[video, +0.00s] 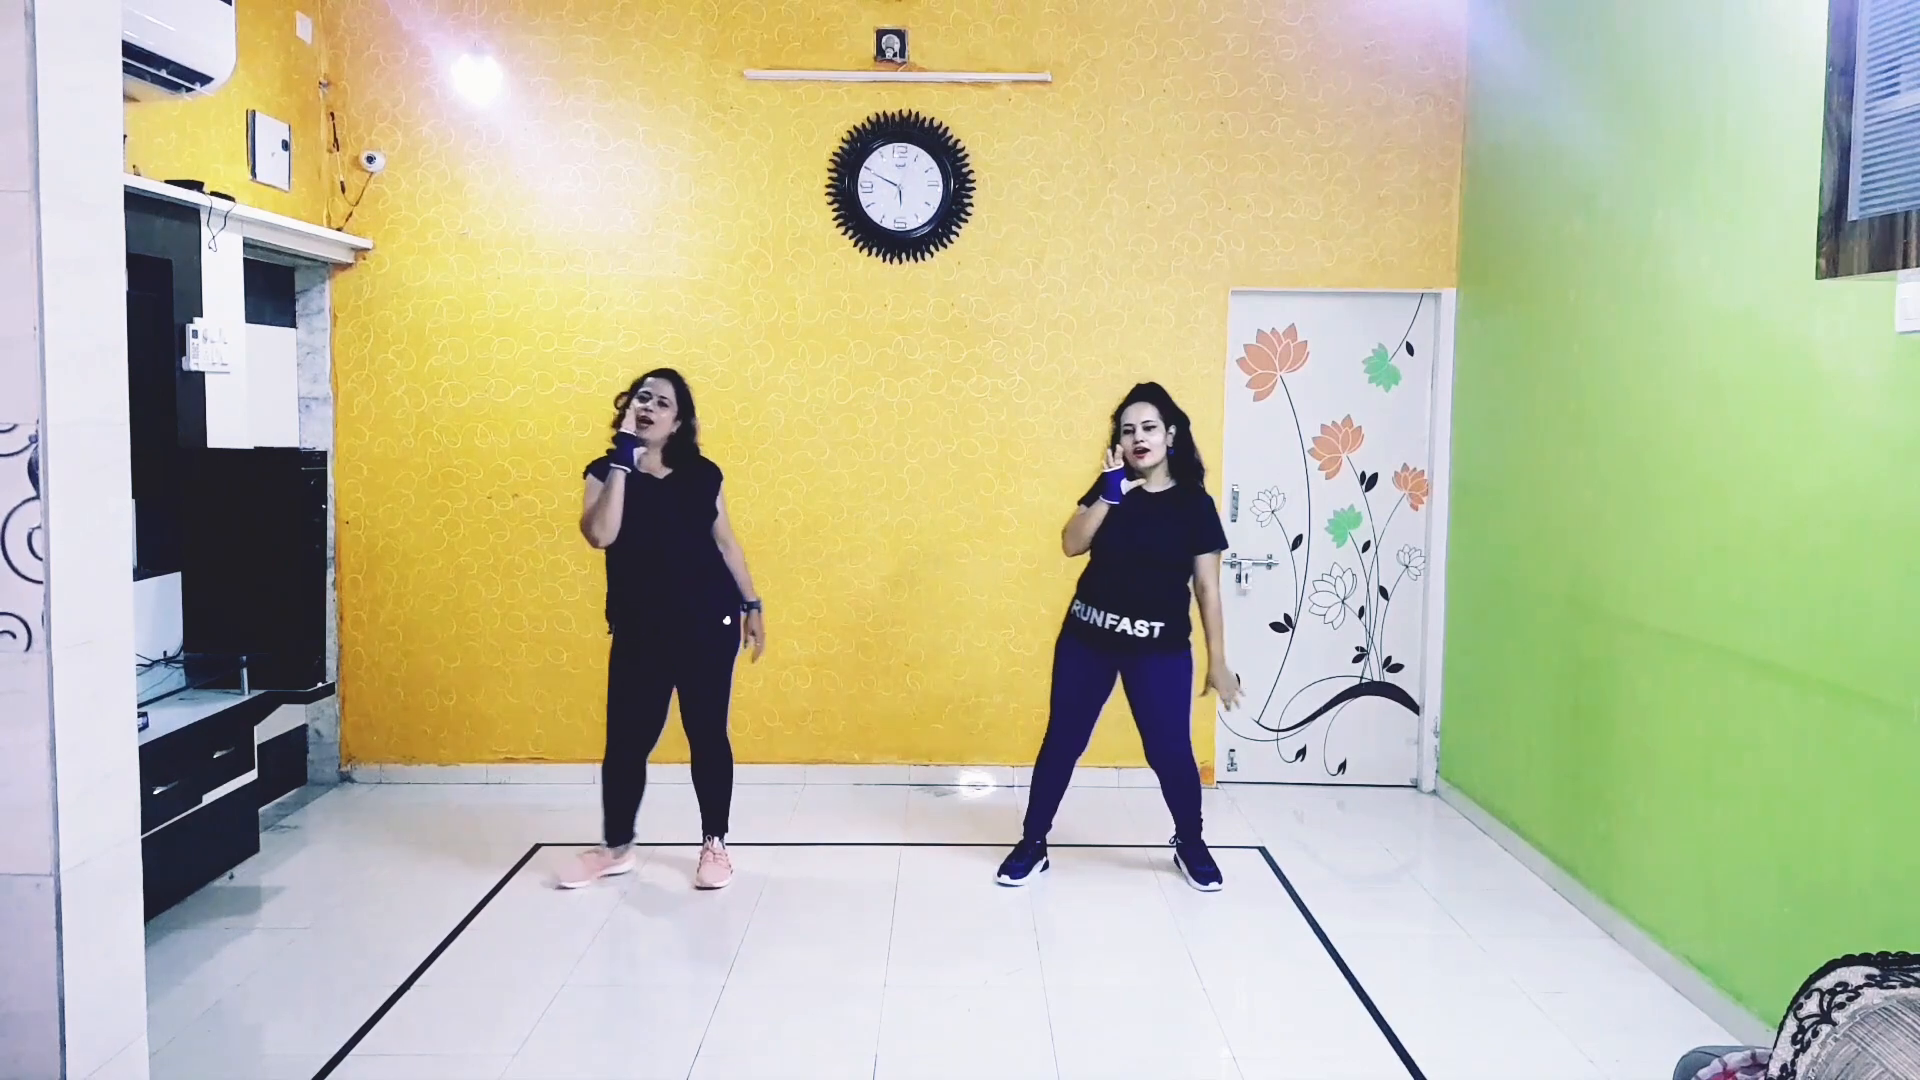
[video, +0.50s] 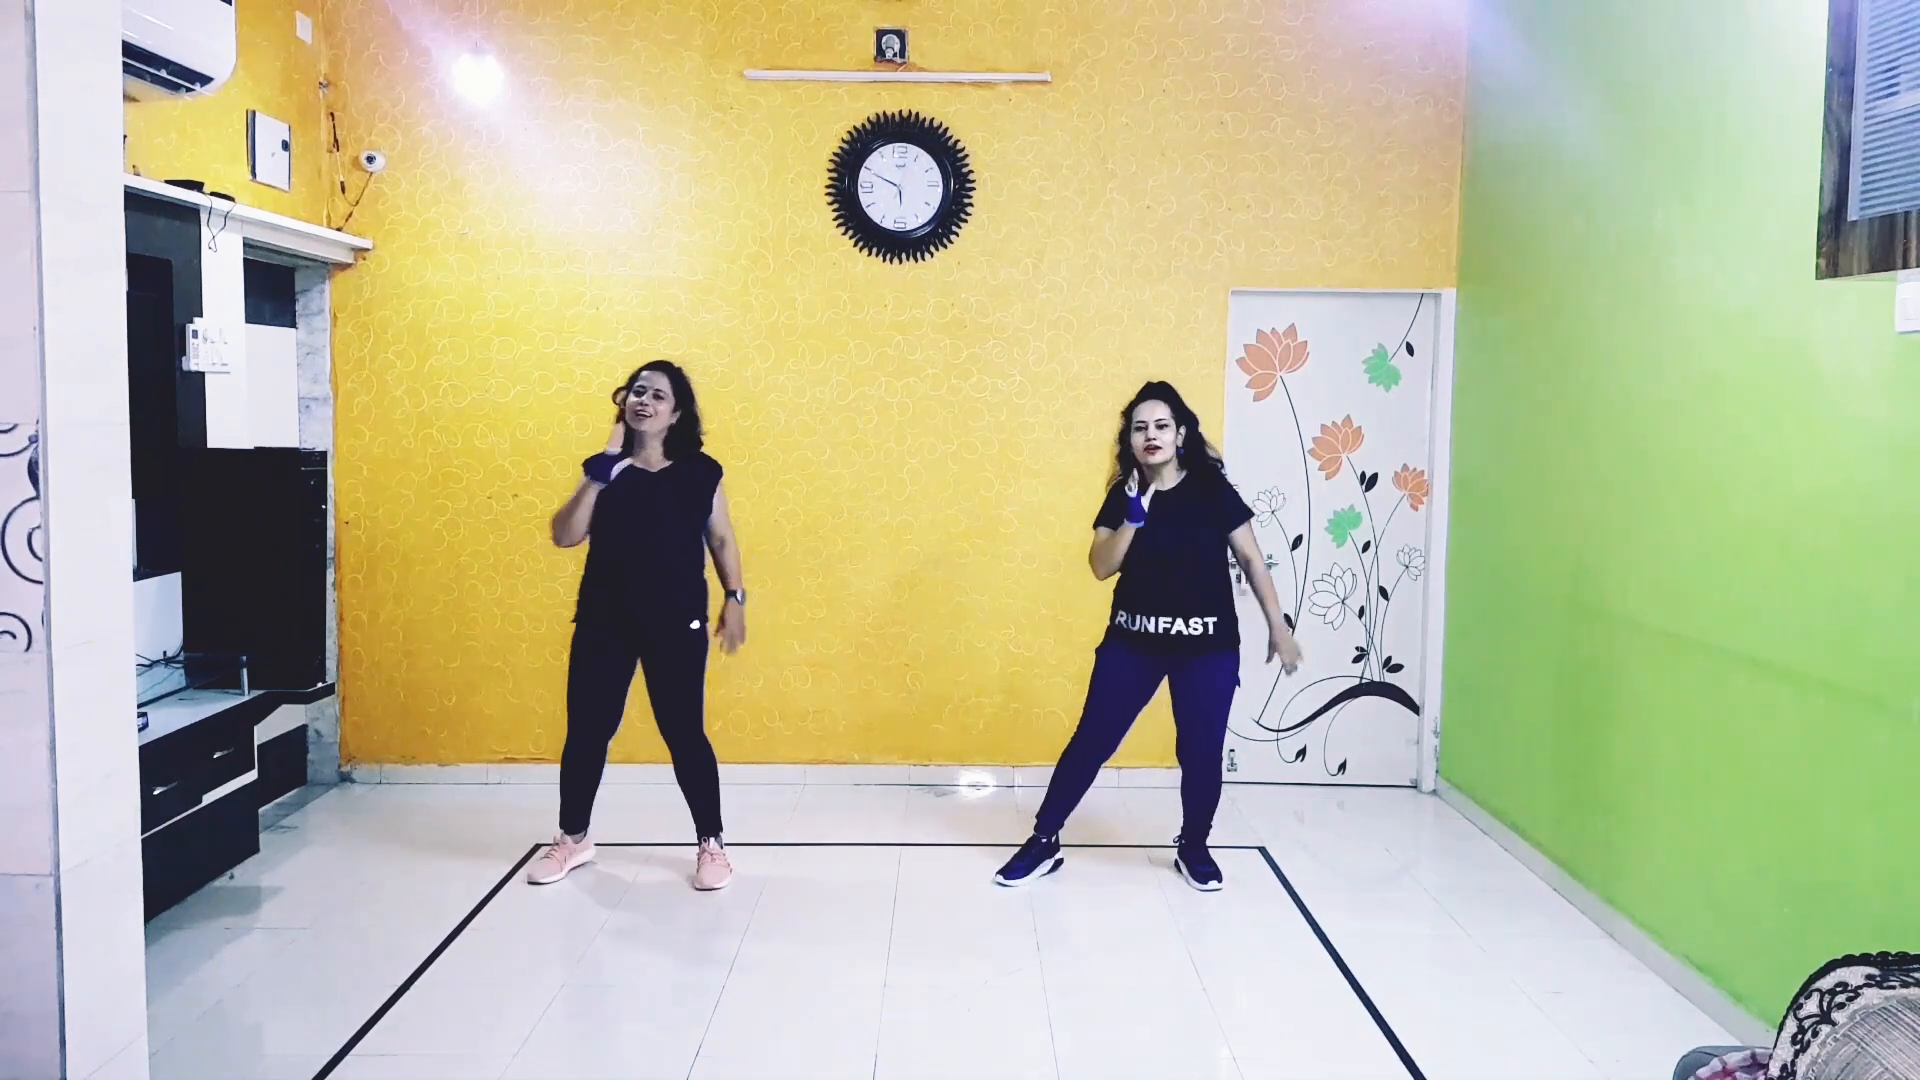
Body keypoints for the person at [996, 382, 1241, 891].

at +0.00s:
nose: (1138, 437)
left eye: (1149, 426)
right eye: (1128, 429)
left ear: (1172, 433)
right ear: (1118, 439)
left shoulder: (1194, 505)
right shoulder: (1110, 488)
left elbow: (1207, 587)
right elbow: (1071, 544)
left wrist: (1218, 662)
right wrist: (1109, 489)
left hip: (1159, 648)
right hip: (1089, 637)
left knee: (1171, 753)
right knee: (1062, 743)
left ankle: (1191, 843)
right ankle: (1032, 842)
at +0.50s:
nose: (1151, 435)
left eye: (1161, 425)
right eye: (1140, 426)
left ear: (1181, 432)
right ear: (1129, 437)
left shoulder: (1211, 485)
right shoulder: (1125, 491)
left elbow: (1252, 560)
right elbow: (1101, 568)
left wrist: (1279, 627)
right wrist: (1132, 517)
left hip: (1206, 642)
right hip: (1134, 638)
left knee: (1202, 754)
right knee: (1090, 742)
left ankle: (1194, 844)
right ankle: (1043, 839)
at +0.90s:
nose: (1120, 439)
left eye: (1127, 432)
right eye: (1109, 428)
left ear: (1133, 440)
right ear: (1082, 432)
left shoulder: (1136, 491)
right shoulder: (1054, 504)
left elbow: (1195, 521)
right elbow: (1040, 580)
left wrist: (1243, 472)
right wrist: (1068, 640)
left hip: (1163, 639)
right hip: (1096, 645)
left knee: (1184, 745)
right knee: (1069, 753)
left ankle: (1194, 844)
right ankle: (1029, 842)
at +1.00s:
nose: (1109, 440)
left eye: (1116, 433)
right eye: (1099, 428)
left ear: (1120, 442)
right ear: (1071, 430)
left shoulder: (1116, 495)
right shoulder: (1040, 498)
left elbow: (1171, 534)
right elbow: (1021, 574)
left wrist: (1206, 473)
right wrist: (1042, 639)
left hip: (1141, 639)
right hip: (1074, 645)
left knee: (1171, 741)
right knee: (1057, 755)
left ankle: (1192, 841)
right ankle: (1028, 844)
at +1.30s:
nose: (1093, 441)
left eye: (1101, 433)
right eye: (1082, 430)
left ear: (1107, 441)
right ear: (1056, 432)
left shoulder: (1092, 499)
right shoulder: (1027, 485)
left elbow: (1121, 564)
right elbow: (981, 538)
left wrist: (1150, 509)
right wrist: (972, 613)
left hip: (1099, 640)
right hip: (1037, 643)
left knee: (1135, 738)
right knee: (1040, 754)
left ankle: (1171, 839)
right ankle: (1027, 845)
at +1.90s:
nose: (1082, 446)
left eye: (1094, 435)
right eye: (1071, 436)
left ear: (1113, 443)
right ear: (1058, 444)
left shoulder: (1134, 506)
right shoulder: (1045, 496)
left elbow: (1160, 560)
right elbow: (977, 520)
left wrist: (1154, 612)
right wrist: (943, 490)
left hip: (1096, 643)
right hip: (1026, 635)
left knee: (1134, 747)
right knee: (1025, 745)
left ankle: (1168, 845)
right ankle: (1026, 843)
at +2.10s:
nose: (1091, 449)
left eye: (1103, 438)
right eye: (1082, 438)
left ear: (1122, 445)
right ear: (1069, 445)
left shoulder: (1152, 501)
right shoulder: (1068, 504)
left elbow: (1207, 545)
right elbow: (1011, 550)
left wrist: (1203, 604)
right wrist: (983, 501)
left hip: (1125, 650)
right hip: (1056, 640)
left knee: (1144, 756)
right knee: (1038, 745)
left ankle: (1183, 843)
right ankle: (1027, 843)